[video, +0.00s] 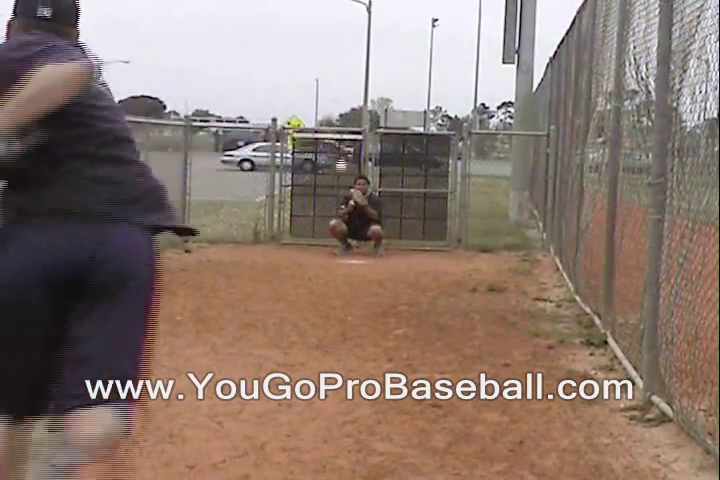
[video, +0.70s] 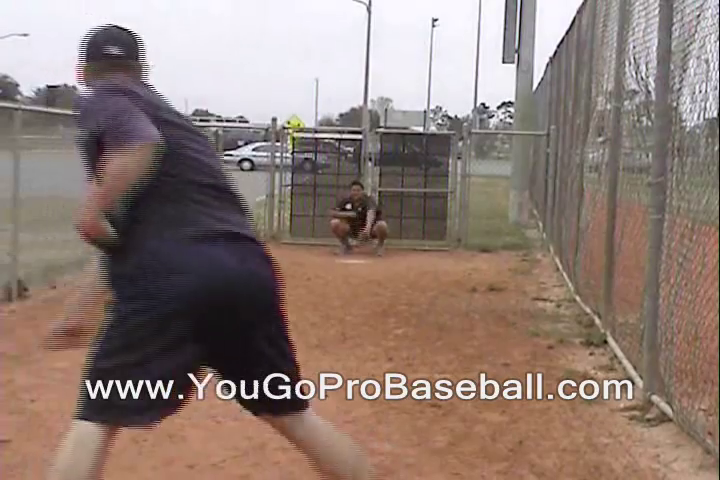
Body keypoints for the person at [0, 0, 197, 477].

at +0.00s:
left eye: (10, 19)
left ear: (14, 22)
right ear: (74, 29)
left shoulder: (13, 50)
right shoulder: (78, 57)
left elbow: (73, 70)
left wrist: (5, 117)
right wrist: (10, 115)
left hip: (34, 233)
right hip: (119, 233)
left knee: (17, 412)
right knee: (103, 404)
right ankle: (62, 455)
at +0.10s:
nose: (6, 29)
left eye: (10, 21)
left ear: (14, 24)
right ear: (68, 25)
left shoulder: (15, 53)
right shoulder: (81, 57)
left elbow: (95, 64)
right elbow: (99, 65)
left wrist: (24, 127)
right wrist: (24, 128)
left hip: (51, 235)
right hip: (134, 234)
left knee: (16, 412)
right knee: (135, 408)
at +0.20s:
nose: (10, 46)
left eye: (12, 38)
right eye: (13, 40)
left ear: (19, 37)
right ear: (67, 36)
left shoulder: (33, 57)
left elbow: (116, 71)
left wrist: (58, 142)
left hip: (82, 239)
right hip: (160, 239)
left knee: (29, 403)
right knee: (163, 398)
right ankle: (306, 433)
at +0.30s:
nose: (15, 52)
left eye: (17, 44)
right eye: (20, 45)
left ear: (23, 42)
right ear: (72, 39)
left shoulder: (39, 63)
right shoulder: (92, 74)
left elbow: (122, 80)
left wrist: (67, 150)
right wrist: (15, 185)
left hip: (95, 245)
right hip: (167, 241)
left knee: (37, 411)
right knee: (189, 399)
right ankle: (367, 440)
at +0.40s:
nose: (30, 56)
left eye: (33, 49)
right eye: (35, 50)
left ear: (42, 49)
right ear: (90, 48)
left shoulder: (54, 74)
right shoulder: (113, 94)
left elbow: (125, 99)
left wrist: (72, 176)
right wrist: (44, 213)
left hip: (120, 252)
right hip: (188, 245)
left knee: (52, 413)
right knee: (256, 398)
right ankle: (423, 462)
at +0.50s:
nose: (40, 62)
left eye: (44, 54)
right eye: (43, 54)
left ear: (57, 52)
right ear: (102, 52)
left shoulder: (63, 78)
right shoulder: (132, 99)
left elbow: (121, 108)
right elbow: (115, 208)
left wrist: (71, 183)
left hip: (126, 257)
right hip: (200, 248)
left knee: (63, 417)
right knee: (272, 401)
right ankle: (429, 472)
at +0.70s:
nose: (82, 77)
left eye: (82, 70)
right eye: (85, 71)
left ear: (85, 71)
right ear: (138, 68)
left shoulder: (101, 97)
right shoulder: (169, 114)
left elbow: (140, 143)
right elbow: (146, 227)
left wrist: (96, 206)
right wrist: (92, 308)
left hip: (170, 267)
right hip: (244, 264)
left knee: (95, 424)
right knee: (293, 413)